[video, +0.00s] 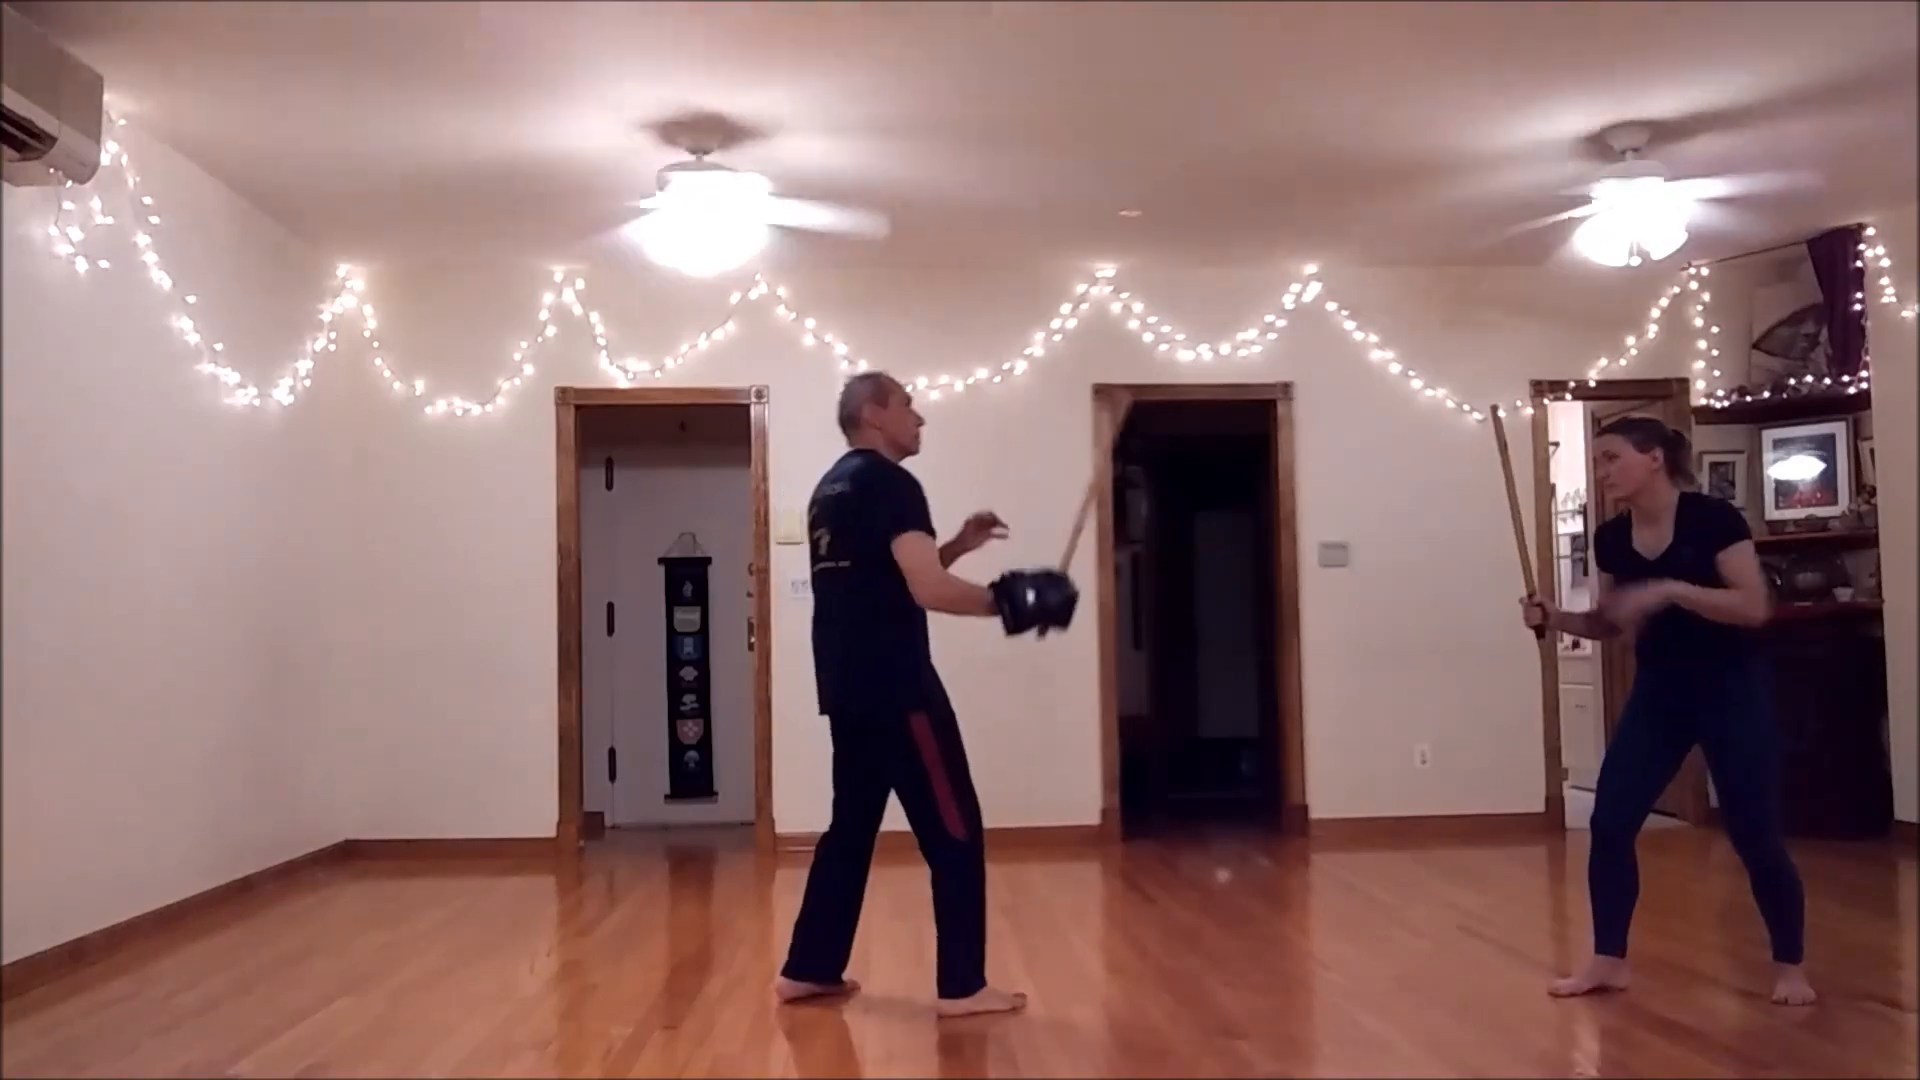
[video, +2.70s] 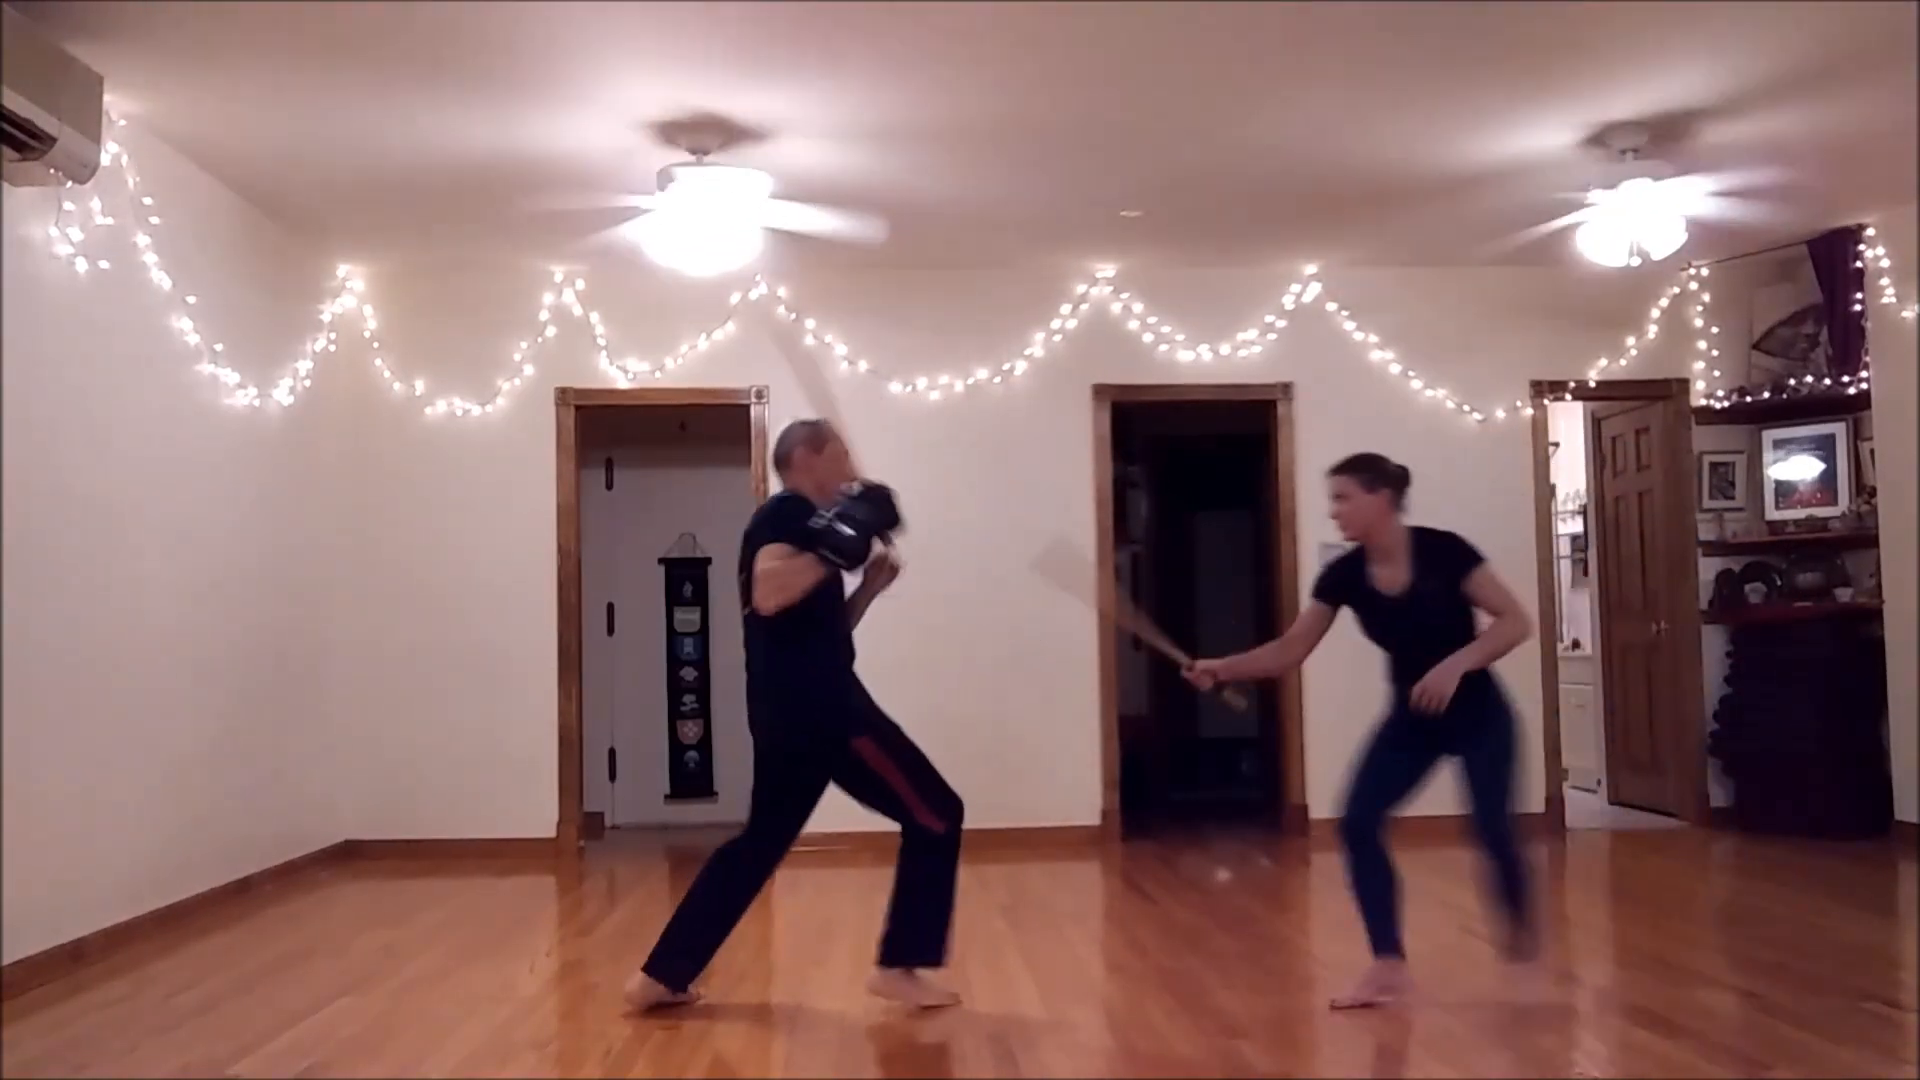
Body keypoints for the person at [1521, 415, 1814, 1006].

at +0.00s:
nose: (1602, 472)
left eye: (1611, 459)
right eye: (1598, 462)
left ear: (1653, 458)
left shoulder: (1712, 517)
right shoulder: (1613, 537)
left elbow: (1755, 605)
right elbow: (1610, 622)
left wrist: (1668, 590)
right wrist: (1556, 618)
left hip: (1732, 696)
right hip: (1659, 697)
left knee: (1754, 831)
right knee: (1611, 823)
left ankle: (1790, 967)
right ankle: (1608, 960)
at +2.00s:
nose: (1593, 491)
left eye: (1601, 477)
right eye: (1589, 480)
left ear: (1641, 474)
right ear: (1628, 480)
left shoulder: (1708, 528)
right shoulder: (1615, 546)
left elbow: (1756, 613)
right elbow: (1629, 625)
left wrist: (1673, 601)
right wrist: (1575, 632)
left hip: (1734, 700)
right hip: (1666, 701)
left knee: (1754, 833)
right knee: (1612, 822)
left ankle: (1789, 968)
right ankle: (1609, 960)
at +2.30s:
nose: (1567, 505)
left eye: (1575, 492)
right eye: (1563, 495)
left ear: (1616, 489)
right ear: (1608, 495)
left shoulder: (1684, 548)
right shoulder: (1582, 563)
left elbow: (1745, 627)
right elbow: (1579, 647)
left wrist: (1666, 644)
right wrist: (1528, 642)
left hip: (1699, 717)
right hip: (1627, 718)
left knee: (1736, 843)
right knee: (1547, 818)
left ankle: (1788, 960)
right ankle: (1569, 956)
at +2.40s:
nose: (1531, 519)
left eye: (1540, 505)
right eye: (1529, 508)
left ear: (1582, 503)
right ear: (1566, 509)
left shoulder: (1650, 563)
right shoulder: (1544, 580)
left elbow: (1682, 650)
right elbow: (1521, 665)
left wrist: (1595, 634)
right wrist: (1469, 647)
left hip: (1664, 739)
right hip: (1593, 741)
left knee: (1723, 855)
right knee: (1499, 825)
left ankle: (1790, 960)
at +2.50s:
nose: (1464, 515)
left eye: (1473, 502)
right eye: (1459, 506)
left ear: (1510, 501)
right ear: (1468, 515)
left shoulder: (1567, 558)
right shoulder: (1470, 583)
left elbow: (1613, 634)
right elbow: (1431, 665)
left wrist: (1524, 612)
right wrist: (1369, 645)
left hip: (1600, 736)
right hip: (1528, 741)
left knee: (1686, 840)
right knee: (1437, 828)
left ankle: (1781, 950)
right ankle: (1393, 963)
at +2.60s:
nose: (1382, 515)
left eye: (1393, 502)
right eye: (1380, 504)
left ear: (1432, 504)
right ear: (1397, 515)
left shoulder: (1490, 555)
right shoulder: (1390, 585)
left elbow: (1557, 625)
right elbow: (1324, 652)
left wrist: (1482, 637)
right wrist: (1253, 653)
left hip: (1535, 725)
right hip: (1466, 734)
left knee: (1600, 843)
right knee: (1397, 830)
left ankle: (1695, 936)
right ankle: (1396, 974)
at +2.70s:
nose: (1334, 512)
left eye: (1343, 499)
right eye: (1332, 501)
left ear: (1384, 498)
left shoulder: (1443, 552)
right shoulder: (1344, 576)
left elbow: (1517, 621)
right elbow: (1288, 652)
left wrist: (1454, 665)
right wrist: (1221, 669)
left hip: (1477, 710)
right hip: (1413, 714)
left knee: (1494, 827)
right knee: (1358, 822)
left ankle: (1522, 945)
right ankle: (1389, 965)